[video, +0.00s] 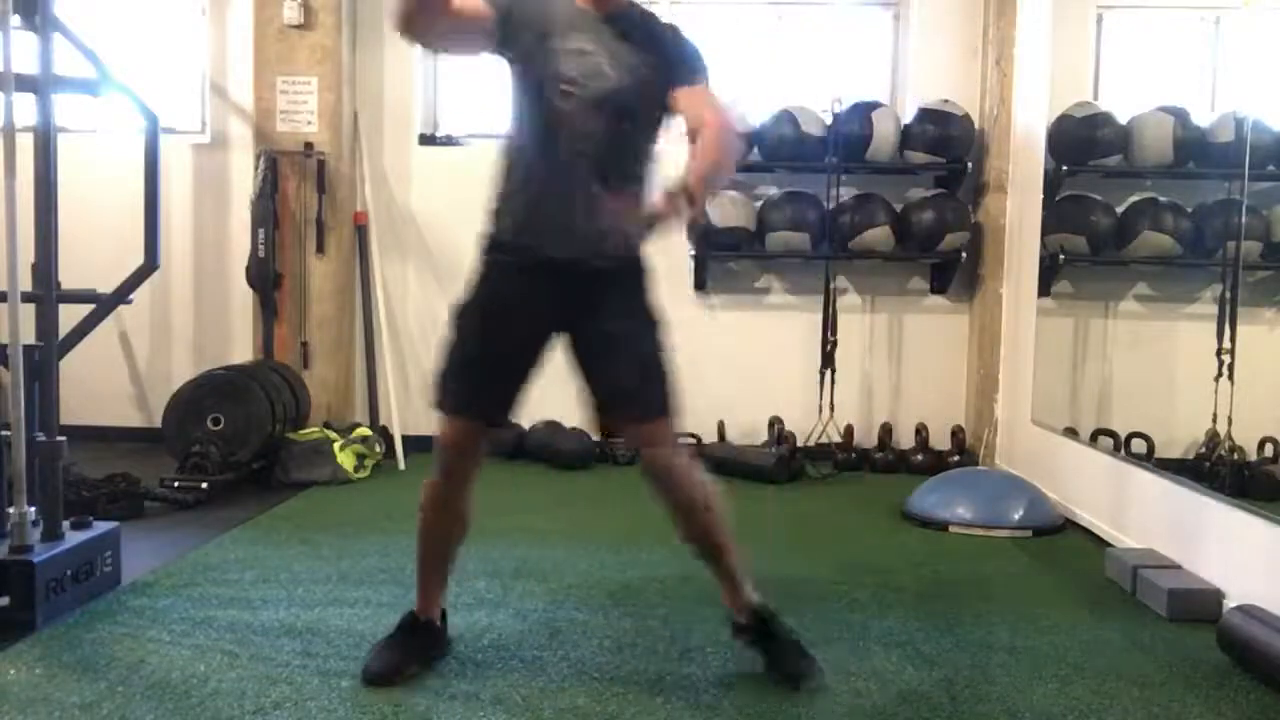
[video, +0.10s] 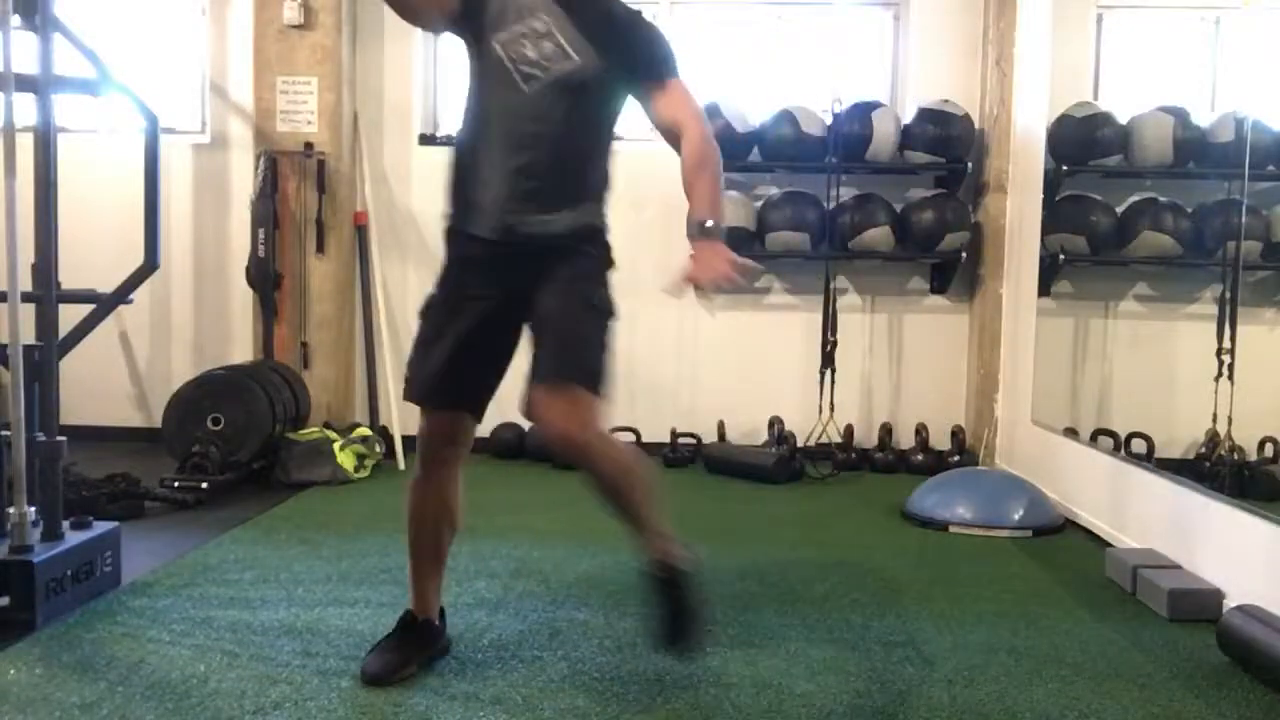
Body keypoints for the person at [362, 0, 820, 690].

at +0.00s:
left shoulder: (661, 43)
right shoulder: (525, 13)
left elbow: (715, 132)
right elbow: (420, 24)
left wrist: (680, 196)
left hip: (609, 273)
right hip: (516, 265)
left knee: (659, 451)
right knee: (455, 448)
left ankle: (749, 613)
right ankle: (426, 620)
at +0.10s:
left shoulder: (613, 24)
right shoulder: (480, 7)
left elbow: (693, 130)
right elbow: (414, 6)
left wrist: (706, 232)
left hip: (570, 253)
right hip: (479, 252)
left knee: (562, 418)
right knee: (440, 435)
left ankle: (666, 559)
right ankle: (423, 619)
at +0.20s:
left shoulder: (591, 12)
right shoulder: (454, 6)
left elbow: (681, 122)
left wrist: (720, 235)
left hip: (548, 230)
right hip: (458, 238)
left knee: (475, 343)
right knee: (433, 431)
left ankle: (547, 512)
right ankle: (423, 617)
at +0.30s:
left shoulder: (578, 13)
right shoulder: (440, 7)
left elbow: (671, 115)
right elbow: (391, 20)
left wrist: (721, 220)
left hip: (538, 225)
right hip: (451, 236)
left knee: (410, 234)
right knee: (421, 429)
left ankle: (458, 431)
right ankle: (424, 617)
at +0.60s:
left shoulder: (567, 30)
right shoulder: (430, 30)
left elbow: (653, 129)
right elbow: (364, 85)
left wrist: (705, 219)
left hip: (535, 255)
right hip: (450, 266)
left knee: (392, 214)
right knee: (399, 427)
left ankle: (431, 421)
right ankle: (424, 619)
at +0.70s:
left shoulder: (575, 24)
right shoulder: (437, 24)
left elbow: (660, 127)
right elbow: (359, 66)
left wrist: (712, 229)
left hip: (540, 244)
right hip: (459, 251)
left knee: (457, 360)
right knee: (410, 438)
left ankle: (557, 526)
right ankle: (423, 618)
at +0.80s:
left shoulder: (592, 28)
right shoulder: (452, 23)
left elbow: (678, 131)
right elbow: (370, 64)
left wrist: (729, 235)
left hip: (555, 260)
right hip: (467, 260)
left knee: (536, 429)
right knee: (421, 435)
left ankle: (633, 577)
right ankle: (423, 618)